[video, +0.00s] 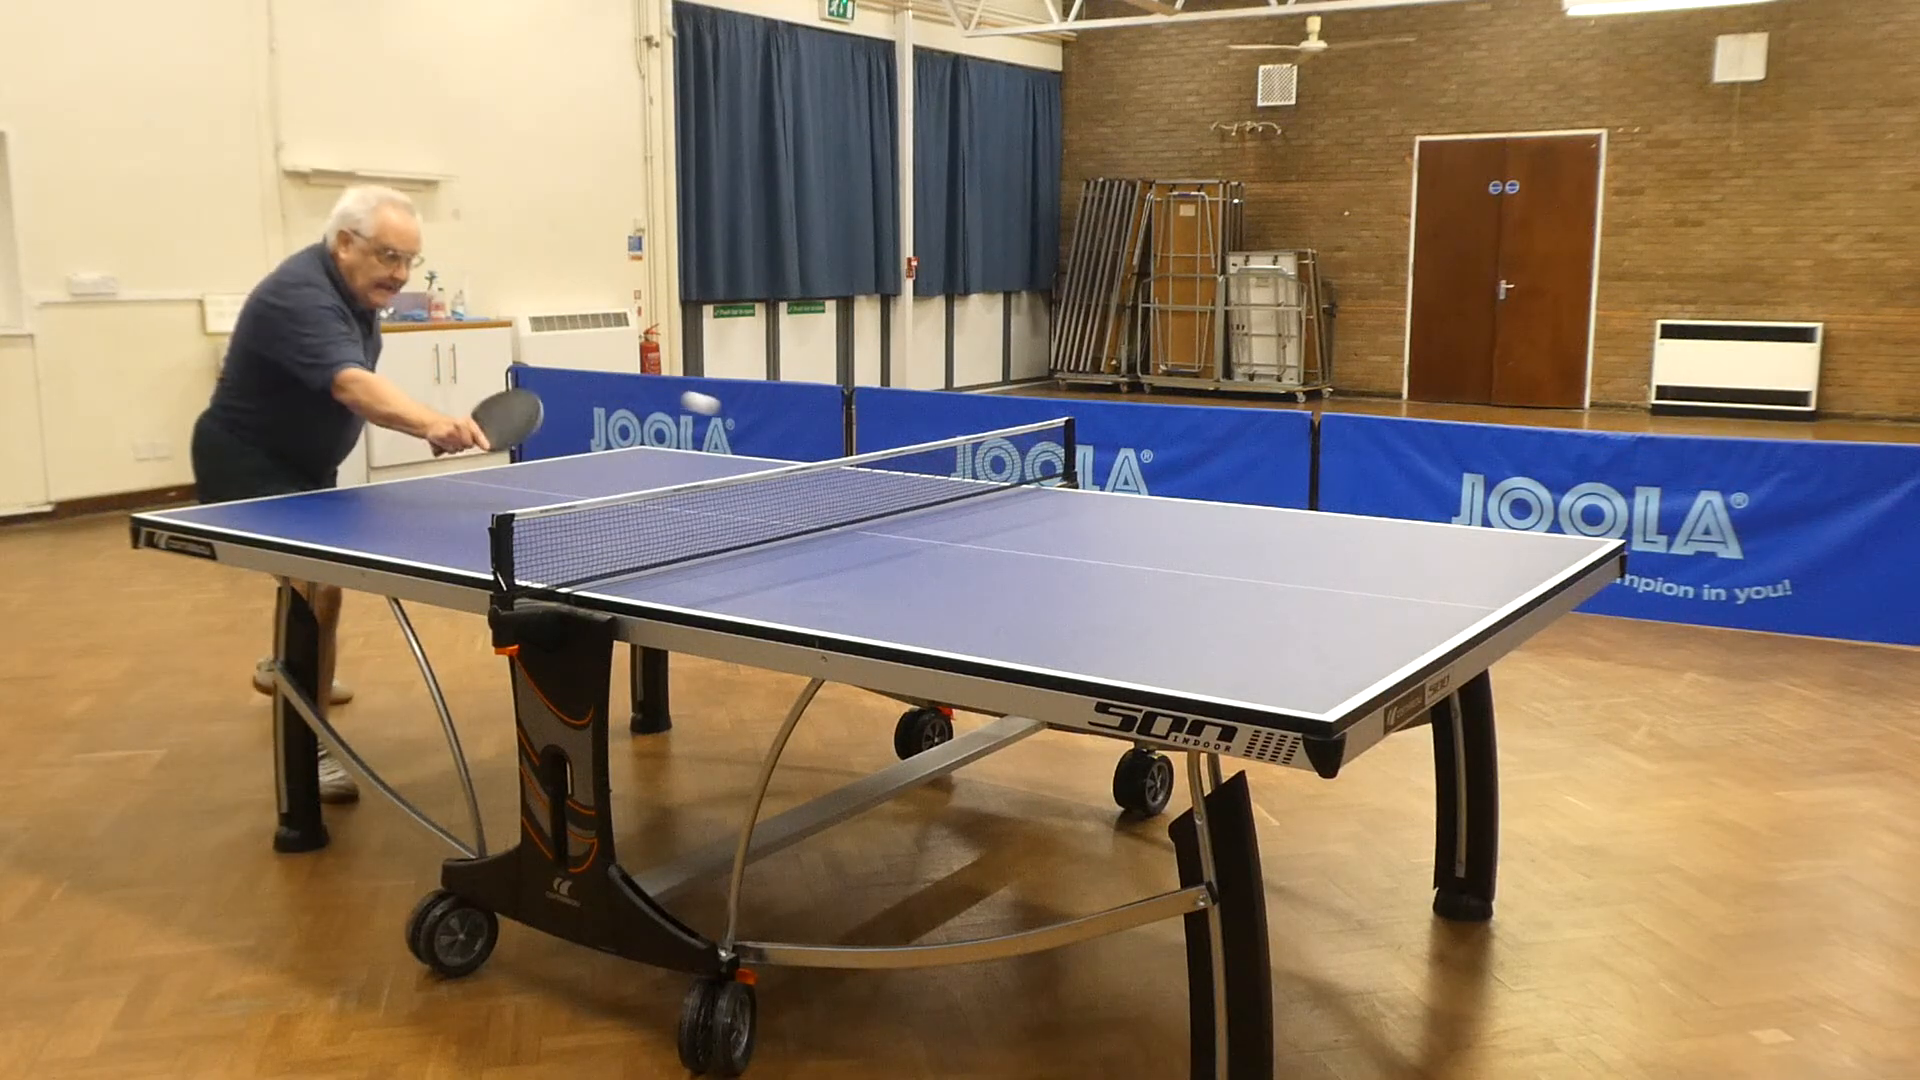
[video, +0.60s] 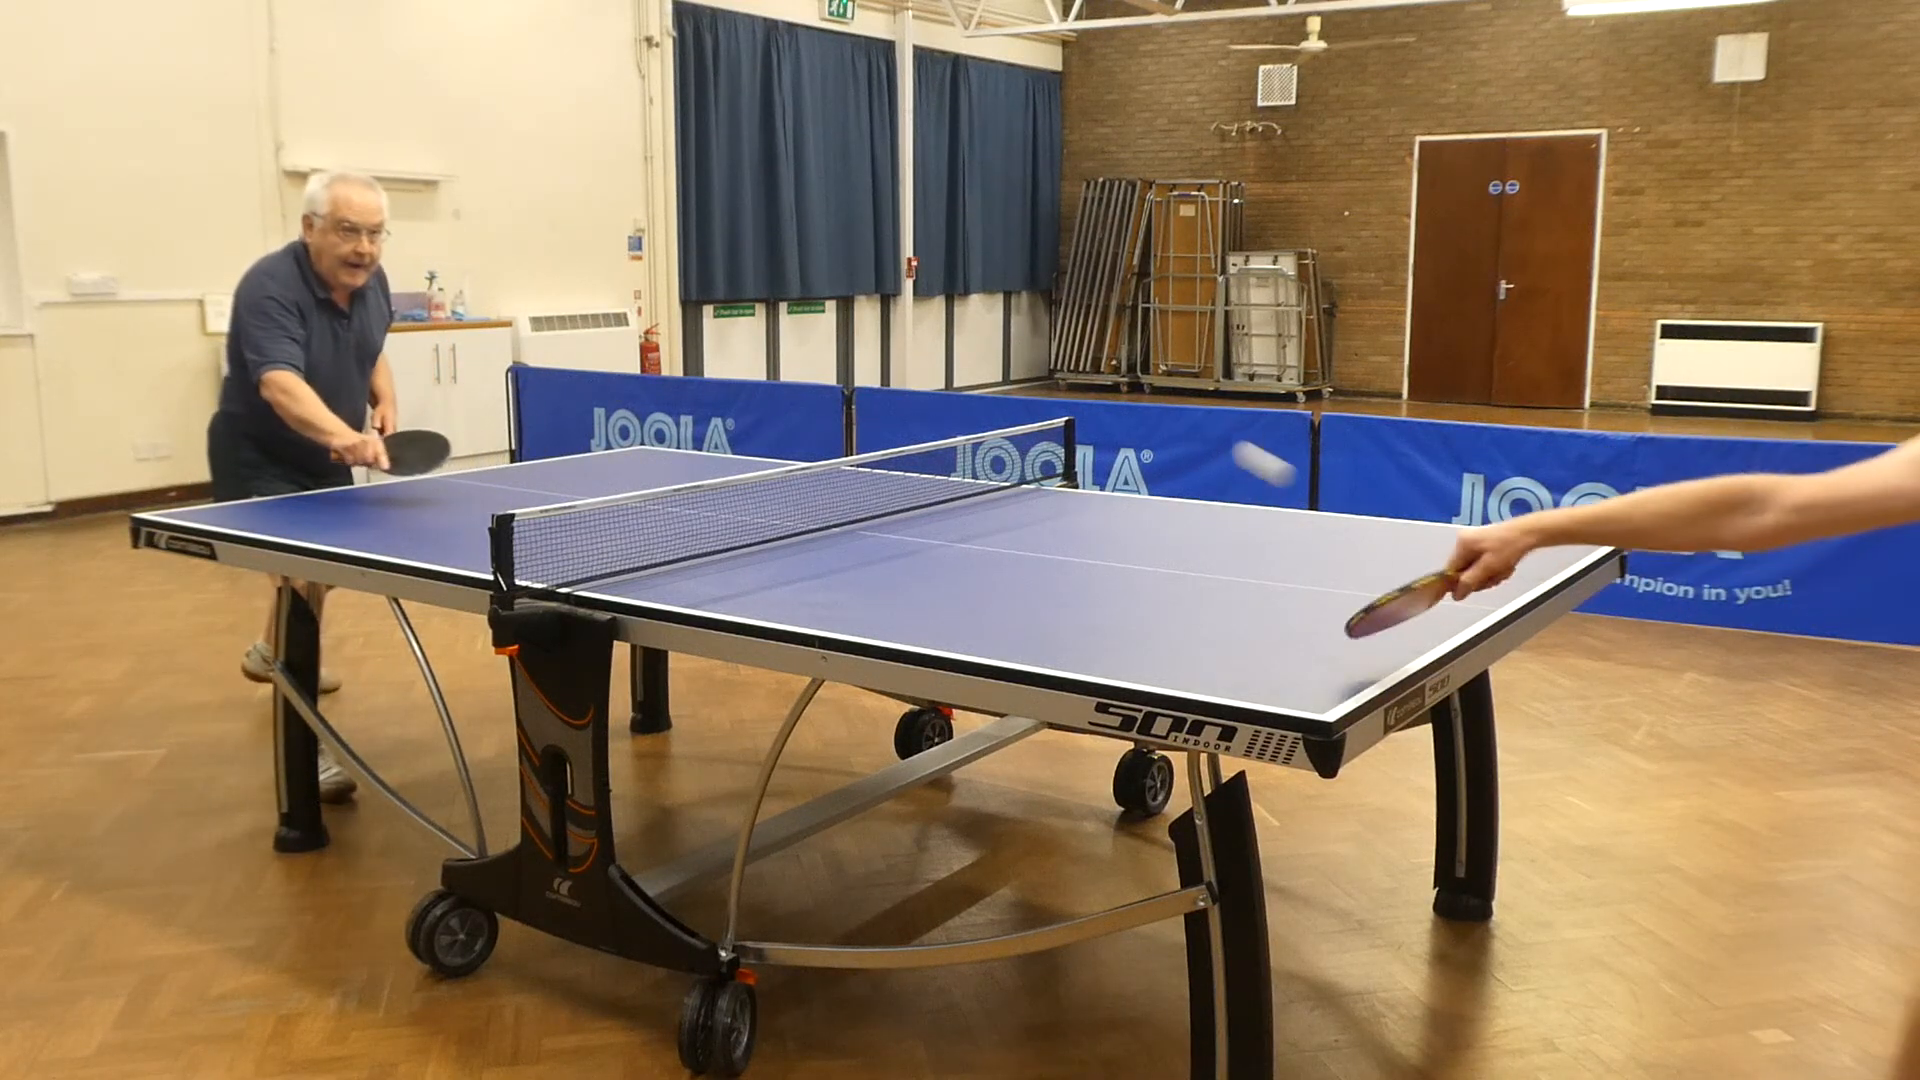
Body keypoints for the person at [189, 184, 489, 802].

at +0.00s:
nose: (400, 275)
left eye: (409, 261)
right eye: (388, 257)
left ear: (414, 256)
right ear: (344, 243)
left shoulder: (352, 292)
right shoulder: (300, 296)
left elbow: (356, 383)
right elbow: (353, 386)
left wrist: (420, 424)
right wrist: (432, 424)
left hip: (304, 461)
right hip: (246, 462)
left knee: (324, 573)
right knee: (321, 587)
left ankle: (293, 667)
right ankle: (312, 749)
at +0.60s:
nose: (364, 248)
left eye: (375, 234)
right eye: (349, 233)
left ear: (384, 234)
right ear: (309, 228)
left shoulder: (371, 285)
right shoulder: (270, 285)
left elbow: (371, 353)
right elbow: (278, 384)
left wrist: (385, 401)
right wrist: (340, 434)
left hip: (327, 460)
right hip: (259, 459)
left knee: (326, 554)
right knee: (308, 569)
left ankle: (274, 650)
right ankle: (312, 752)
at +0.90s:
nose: (379, 255)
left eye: (389, 242)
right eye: (365, 239)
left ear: (396, 240)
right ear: (326, 233)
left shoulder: (376, 284)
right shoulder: (289, 285)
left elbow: (375, 360)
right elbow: (301, 384)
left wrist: (403, 420)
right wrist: (390, 435)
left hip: (348, 450)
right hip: (284, 450)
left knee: (325, 555)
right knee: (350, 561)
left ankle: (277, 657)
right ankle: (326, 705)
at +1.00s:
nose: (403, 260)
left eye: (412, 247)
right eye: (390, 243)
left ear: (418, 247)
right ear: (350, 235)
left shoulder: (386, 293)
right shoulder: (311, 285)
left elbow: (387, 376)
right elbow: (343, 391)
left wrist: (409, 426)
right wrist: (444, 437)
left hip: (350, 453)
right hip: (290, 452)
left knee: (331, 562)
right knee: (364, 559)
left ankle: (274, 656)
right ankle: (369, 703)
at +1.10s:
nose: (436, 268)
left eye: (443, 255)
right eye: (426, 252)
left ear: (443, 252)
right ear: (383, 242)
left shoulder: (398, 289)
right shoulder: (343, 288)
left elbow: (386, 355)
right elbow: (390, 393)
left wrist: (404, 400)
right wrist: (495, 421)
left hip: (351, 450)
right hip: (296, 447)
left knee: (324, 558)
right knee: (381, 569)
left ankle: (271, 656)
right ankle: (422, 712)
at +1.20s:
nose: (471, 278)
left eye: (477, 265)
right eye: (463, 262)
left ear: (423, 254)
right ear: (418, 251)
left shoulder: (403, 286)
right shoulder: (385, 300)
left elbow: (380, 363)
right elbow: (458, 396)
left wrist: (424, 397)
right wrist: (556, 399)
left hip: (340, 452)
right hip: (315, 457)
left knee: (324, 557)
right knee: (410, 574)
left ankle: (271, 653)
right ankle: (437, 720)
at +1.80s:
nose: (422, 244)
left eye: (431, 232)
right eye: (407, 229)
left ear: (438, 235)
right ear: (368, 228)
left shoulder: (407, 287)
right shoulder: (342, 289)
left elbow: (397, 364)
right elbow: (386, 384)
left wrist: (433, 410)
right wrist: (487, 412)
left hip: (379, 458)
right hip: (325, 460)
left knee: (361, 561)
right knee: (414, 575)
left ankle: (273, 650)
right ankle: (439, 722)